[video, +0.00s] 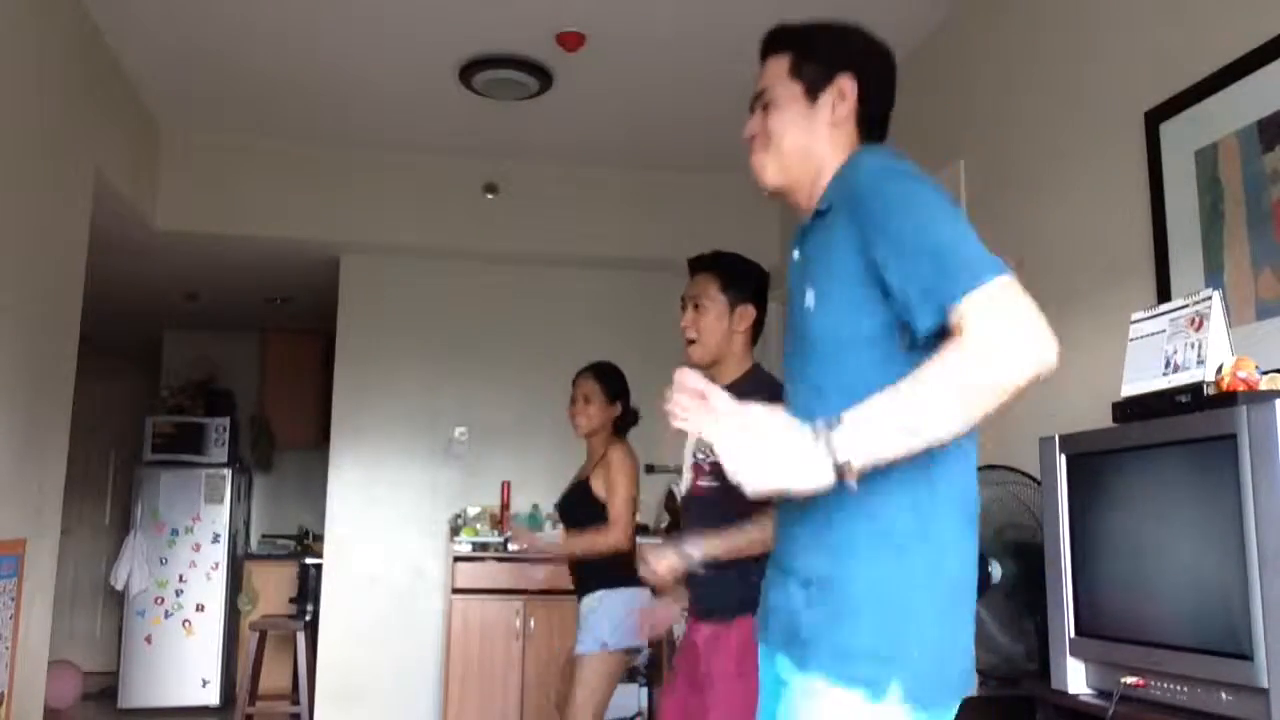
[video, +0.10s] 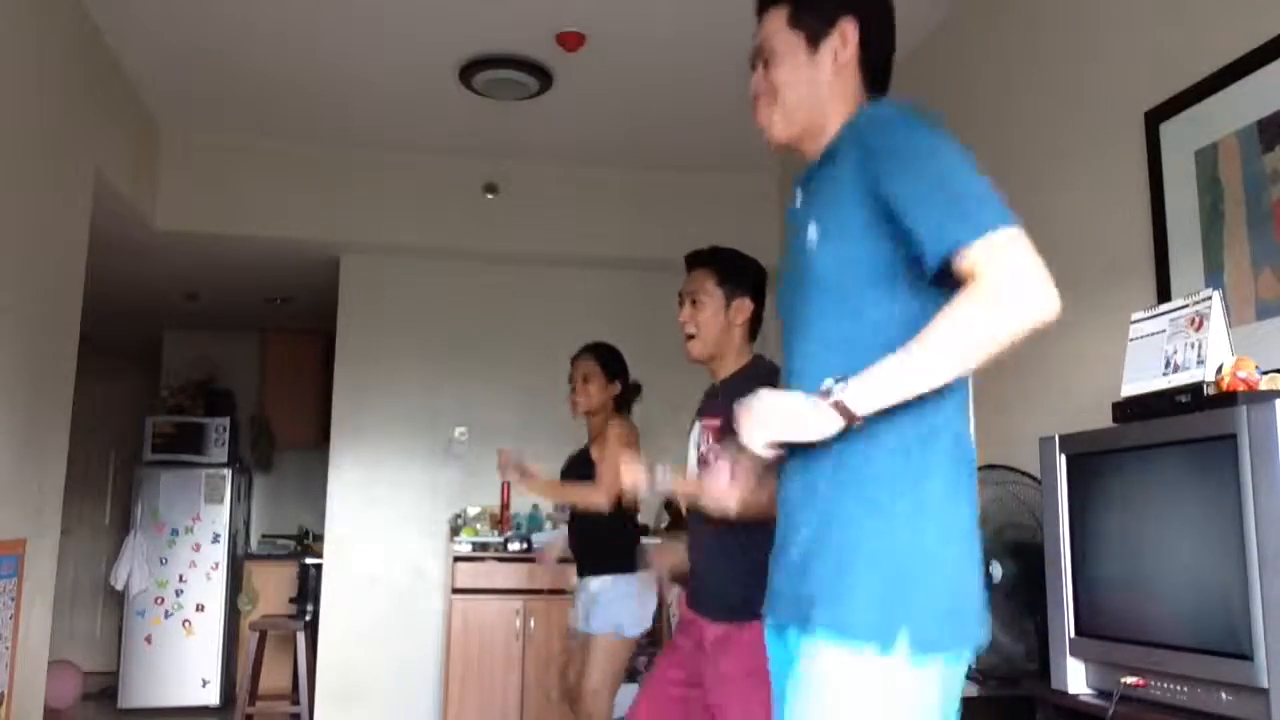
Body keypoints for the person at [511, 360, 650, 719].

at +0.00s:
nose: (576, 410)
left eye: (588, 401)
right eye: (574, 401)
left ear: (616, 409)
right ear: (570, 405)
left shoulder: (618, 455)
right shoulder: (595, 457)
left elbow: (620, 536)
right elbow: (591, 531)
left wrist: (550, 546)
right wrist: (537, 537)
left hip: (615, 599)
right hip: (597, 597)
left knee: (581, 711)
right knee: (573, 709)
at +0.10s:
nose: (576, 390)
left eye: (587, 380)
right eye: (573, 381)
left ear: (615, 388)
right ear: (572, 387)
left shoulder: (618, 431)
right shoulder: (596, 436)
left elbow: (605, 495)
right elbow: (597, 513)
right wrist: (560, 548)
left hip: (620, 583)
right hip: (592, 582)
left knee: (593, 700)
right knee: (572, 692)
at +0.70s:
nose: (582, 407)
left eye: (591, 397)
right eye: (580, 398)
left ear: (618, 405)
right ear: (580, 406)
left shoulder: (621, 461)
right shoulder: (601, 463)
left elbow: (643, 528)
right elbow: (586, 532)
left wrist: (581, 559)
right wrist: (557, 496)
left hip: (628, 595)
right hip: (607, 594)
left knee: (606, 710)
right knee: (598, 707)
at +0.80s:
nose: (585, 417)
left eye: (597, 409)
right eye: (582, 408)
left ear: (622, 419)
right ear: (576, 412)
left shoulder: (623, 464)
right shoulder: (601, 466)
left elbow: (641, 541)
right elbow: (599, 538)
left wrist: (577, 569)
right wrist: (547, 527)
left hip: (626, 606)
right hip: (606, 603)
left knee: (598, 712)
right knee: (576, 704)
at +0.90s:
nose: (584, 398)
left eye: (595, 391)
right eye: (581, 390)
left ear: (620, 399)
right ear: (576, 396)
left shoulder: (627, 444)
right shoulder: (597, 449)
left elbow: (627, 524)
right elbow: (601, 522)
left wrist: (565, 517)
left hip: (625, 587)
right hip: (600, 586)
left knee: (603, 709)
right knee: (587, 705)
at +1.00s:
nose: (584, 391)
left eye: (591, 381)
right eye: (581, 382)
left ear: (614, 379)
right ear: (584, 387)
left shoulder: (632, 431)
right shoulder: (599, 438)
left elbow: (631, 504)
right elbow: (610, 518)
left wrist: (559, 501)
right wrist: (572, 541)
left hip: (630, 576)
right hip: (595, 576)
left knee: (614, 696)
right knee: (583, 687)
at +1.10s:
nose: (584, 401)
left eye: (594, 391)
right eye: (581, 392)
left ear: (618, 395)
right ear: (577, 395)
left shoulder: (630, 445)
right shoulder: (601, 450)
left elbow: (638, 526)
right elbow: (599, 517)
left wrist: (580, 551)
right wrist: (563, 502)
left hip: (635, 584)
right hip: (600, 583)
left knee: (618, 700)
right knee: (571, 684)